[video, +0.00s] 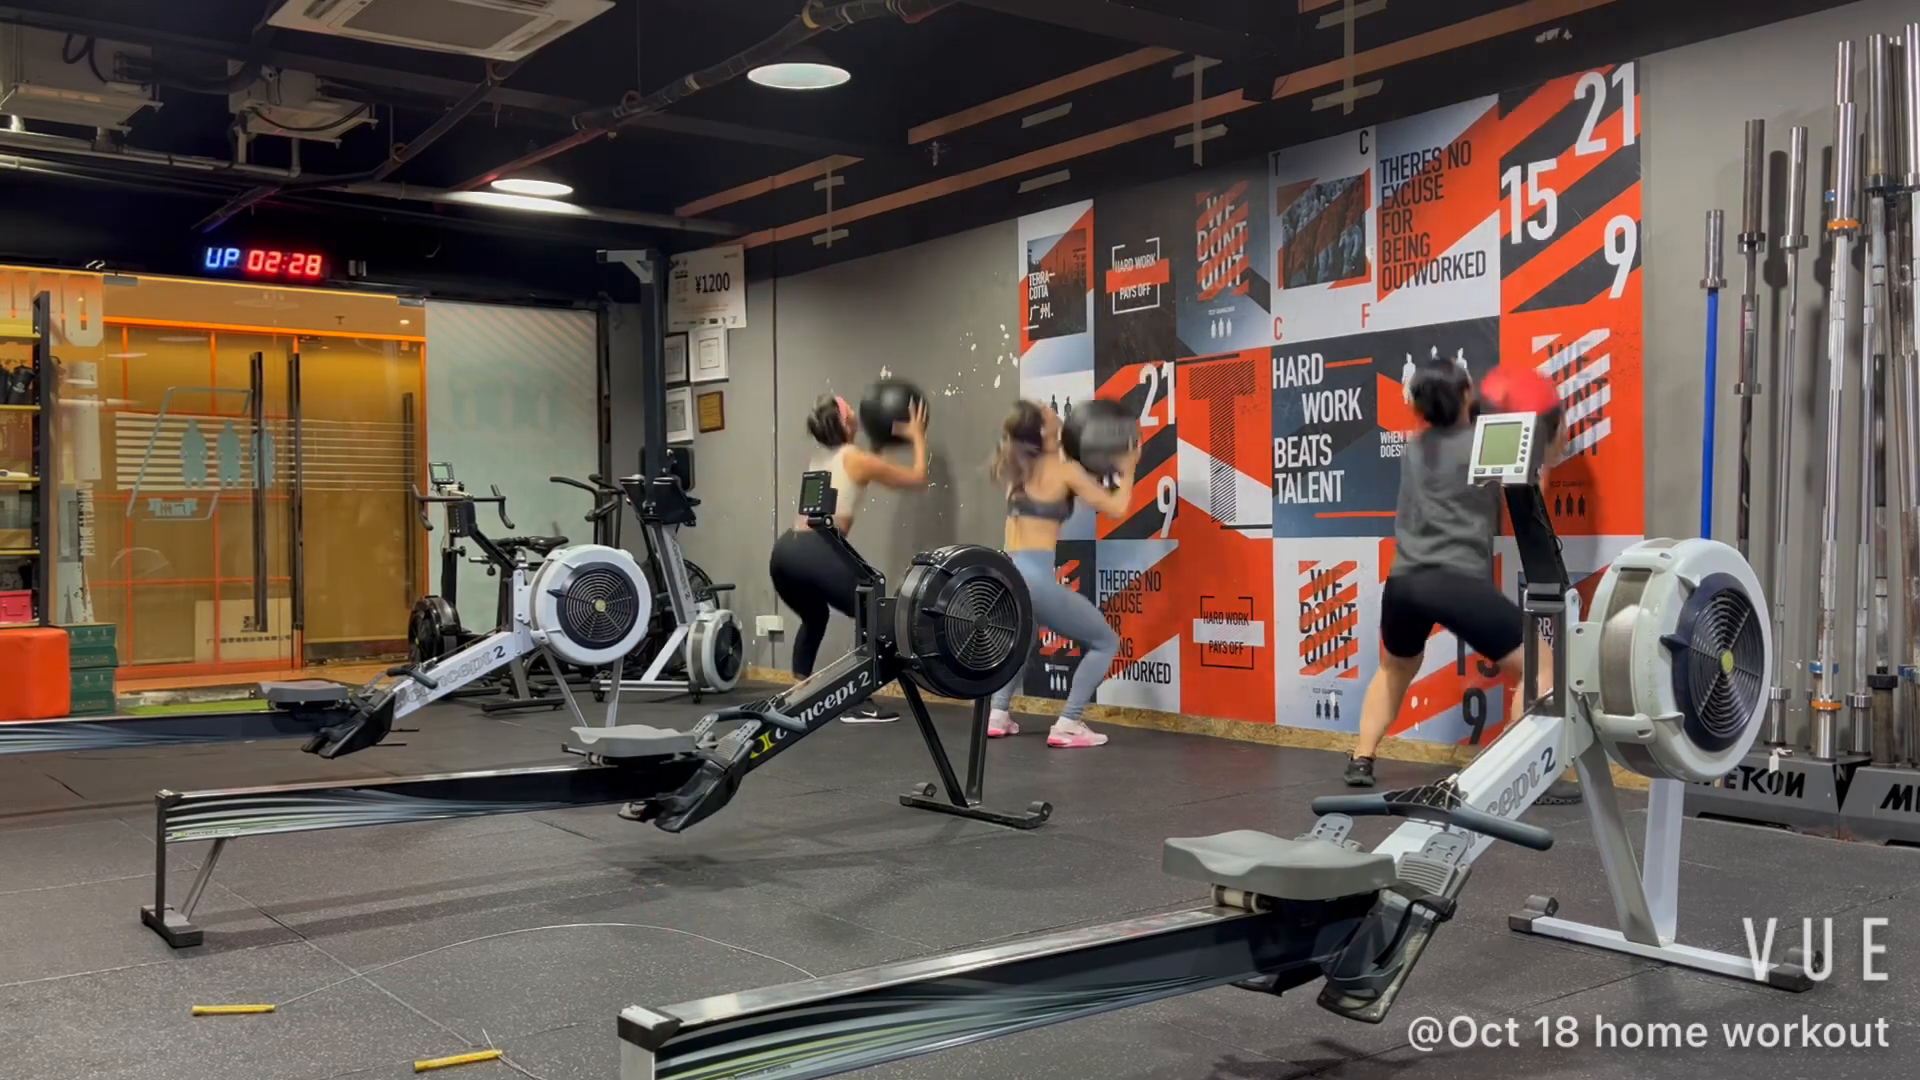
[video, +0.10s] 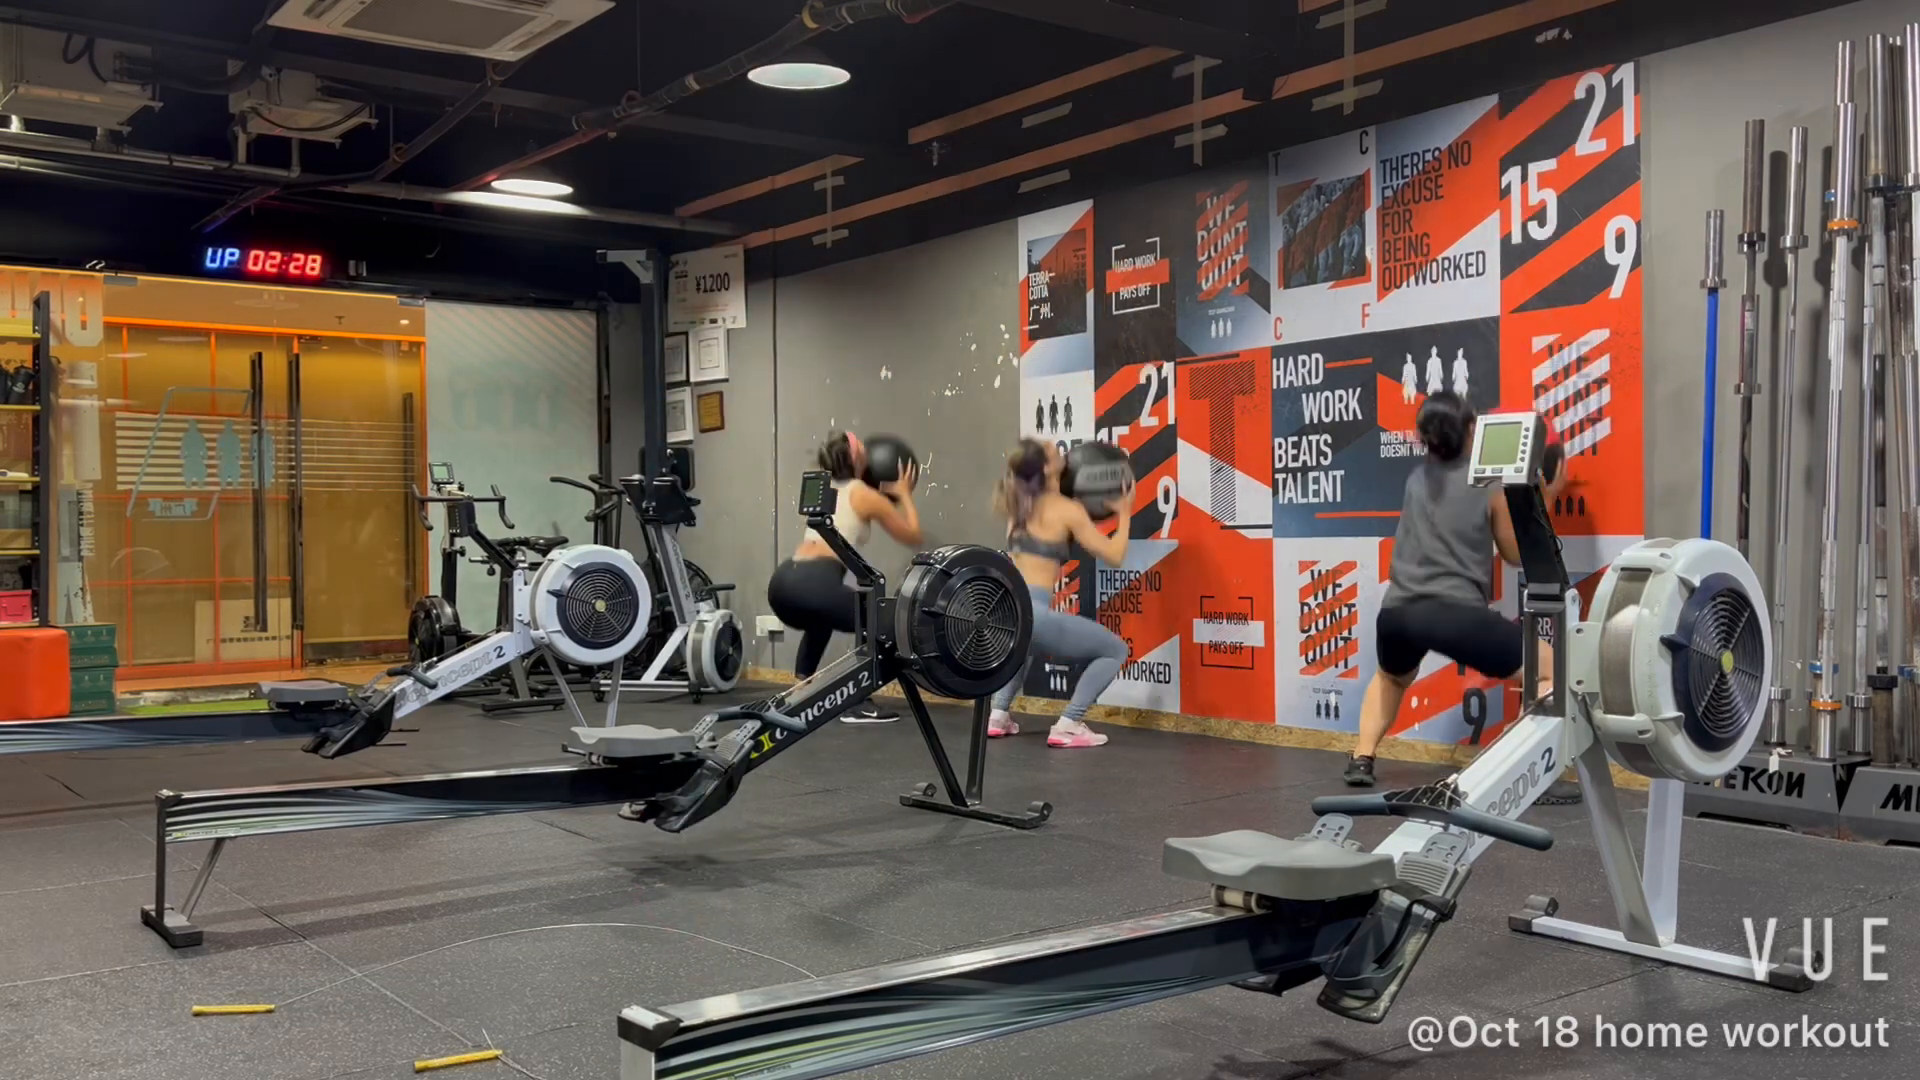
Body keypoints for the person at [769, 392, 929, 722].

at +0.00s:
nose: (851, 408)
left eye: (846, 405)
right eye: (847, 408)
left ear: (824, 429)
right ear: (844, 423)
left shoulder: (819, 460)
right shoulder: (856, 460)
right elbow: (918, 479)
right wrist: (918, 437)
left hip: (785, 553)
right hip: (819, 552)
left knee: (815, 619)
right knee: (874, 612)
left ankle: (798, 696)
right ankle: (856, 701)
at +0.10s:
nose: (864, 449)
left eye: (860, 445)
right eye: (859, 448)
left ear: (834, 462)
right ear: (854, 461)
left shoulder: (822, 489)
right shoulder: (863, 494)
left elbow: (853, 515)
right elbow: (913, 536)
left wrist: (874, 489)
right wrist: (904, 494)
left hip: (785, 586)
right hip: (821, 588)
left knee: (823, 620)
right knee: (885, 620)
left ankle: (800, 695)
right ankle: (856, 701)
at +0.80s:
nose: (867, 403)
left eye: (863, 400)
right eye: (863, 403)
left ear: (844, 421)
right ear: (860, 417)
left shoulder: (833, 453)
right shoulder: (869, 455)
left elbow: (862, 481)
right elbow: (916, 495)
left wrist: (889, 455)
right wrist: (909, 456)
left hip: (793, 544)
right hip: (820, 544)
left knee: (824, 616)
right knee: (873, 606)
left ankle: (800, 691)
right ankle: (858, 698)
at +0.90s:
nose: (856, 369)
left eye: (850, 366)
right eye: (851, 369)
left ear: (832, 391)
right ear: (850, 385)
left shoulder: (832, 426)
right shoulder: (861, 422)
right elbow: (918, 444)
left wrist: (868, 400)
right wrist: (906, 401)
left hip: (807, 521)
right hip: (837, 523)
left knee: (817, 607)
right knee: (870, 602)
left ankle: (799, 686)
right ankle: (861, 695)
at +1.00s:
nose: (846, 351)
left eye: (840, 348)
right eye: (841, 350)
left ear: (822, 371)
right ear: (838, 365)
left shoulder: (825, 400)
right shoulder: (853, 398)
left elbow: (856, 381)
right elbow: (913, 382)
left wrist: (871, 339)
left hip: (814, 497)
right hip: (846, 498)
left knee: (812, 587)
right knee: (859, 588)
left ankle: (802, 674)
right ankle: (867, 680)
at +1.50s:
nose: (824, 368)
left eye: (819, 364)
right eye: (819, 366)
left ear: (800, 386)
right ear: (813, 380)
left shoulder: (799, 420)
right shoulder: (828, 412)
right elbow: (872, 367)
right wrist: (893, 316)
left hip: (809, 515)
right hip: (839, 512)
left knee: (808, 612)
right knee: (854, 608)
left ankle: (800, 695)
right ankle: (853, 697)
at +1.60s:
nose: (822, 368)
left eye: (816, 364)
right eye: (817, 366)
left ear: (798, 385)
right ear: (810, 379)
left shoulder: (796, 420)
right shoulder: (824, 411)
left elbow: (811, 456)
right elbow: (868, 372)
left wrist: (842, 441)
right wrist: (891, 319)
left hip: (799, 516)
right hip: (829, 514)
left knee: (801, 614)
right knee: (848, 609)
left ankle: (799, 695)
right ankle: (850, 697)